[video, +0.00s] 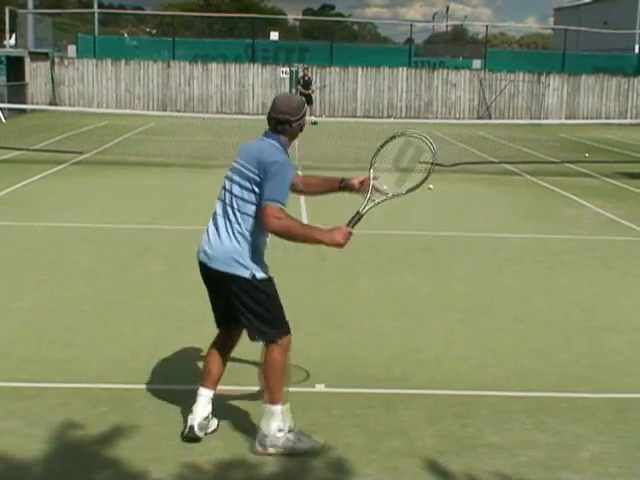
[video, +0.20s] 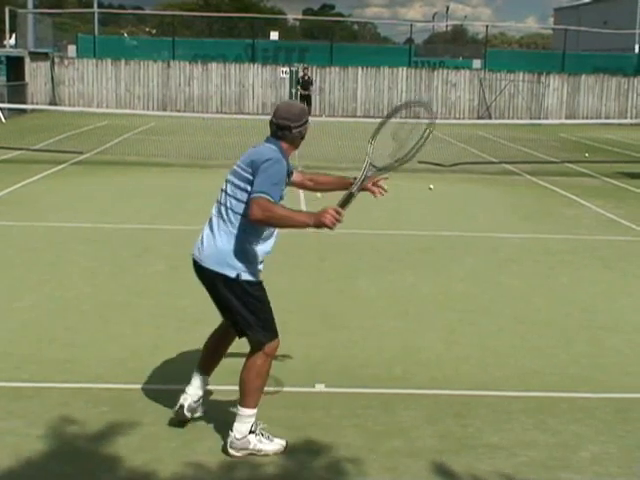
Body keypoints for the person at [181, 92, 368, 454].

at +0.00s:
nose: (305, 127)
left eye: (304, 122)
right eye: (305, 122)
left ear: (270, 121)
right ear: (298, 126)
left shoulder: (253, 149)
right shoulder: (277, 161)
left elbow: (298, 183)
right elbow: (272, 220)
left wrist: (345, 184)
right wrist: (325, 236)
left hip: (211, 257)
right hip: (240, 264)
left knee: (229, 330)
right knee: (279, 338)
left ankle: (199, 414)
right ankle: (275, 428)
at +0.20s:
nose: (306, 134)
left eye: (304, 129)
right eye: (306, 129)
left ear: (273, 128)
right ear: (301, 133)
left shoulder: (259, 153)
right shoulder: (274, 162)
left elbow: (304, 180)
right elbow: (259, 210)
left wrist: (355, 183)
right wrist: (313, 218)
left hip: (208, 258)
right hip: (233, 267)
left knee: (233, 323)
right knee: (266, 344)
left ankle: (193, 395)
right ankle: (243, 431)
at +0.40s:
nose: (304, 139)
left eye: (302, 132)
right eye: (303, 133)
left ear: (270, 132)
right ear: (299, 138)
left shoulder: (257, 158)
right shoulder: (268, 167)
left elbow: (287, 183)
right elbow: (253, 212)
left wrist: (315, 194)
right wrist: (299, 219)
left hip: (202, 258)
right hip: (225, 269)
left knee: (220, 327)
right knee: (265, 342)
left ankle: (191, 397)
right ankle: (243, 432)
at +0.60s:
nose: (286, 126)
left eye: (285, 120)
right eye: (286, 121)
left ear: (253, 118)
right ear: (280, 123)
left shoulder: (228, 145)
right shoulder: (258, 158)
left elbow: (194, 172)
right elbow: (290, 215)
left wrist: (184, 201)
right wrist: (341, 231)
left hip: (197, 252)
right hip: (226, 261)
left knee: (219, 315)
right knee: (253, 335)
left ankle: (190, 392)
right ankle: (243, 428)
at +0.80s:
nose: (258, 102)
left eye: (257, 96)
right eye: (257, 97)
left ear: (224, 98)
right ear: (249, 99)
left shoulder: (194, 134)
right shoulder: (260, 133)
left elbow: (156, 184)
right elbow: (287, 168)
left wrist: (157, 217)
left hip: (204, 245)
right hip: (245, 247)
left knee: (201, 315)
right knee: (248, 326)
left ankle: (191, 392)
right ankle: (245, 415)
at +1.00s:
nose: (211, 98)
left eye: (212, 94)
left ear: (214, 101)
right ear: (245, 99)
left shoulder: (199, 141)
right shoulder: (260, 129)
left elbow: (179, 203)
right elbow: (238, 126)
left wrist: (169, 227)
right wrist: (218, 111)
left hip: (211, 246)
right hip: (256, 242)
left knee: (204, 317)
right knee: (262, 322)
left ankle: (197, 396)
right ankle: (266, 403)